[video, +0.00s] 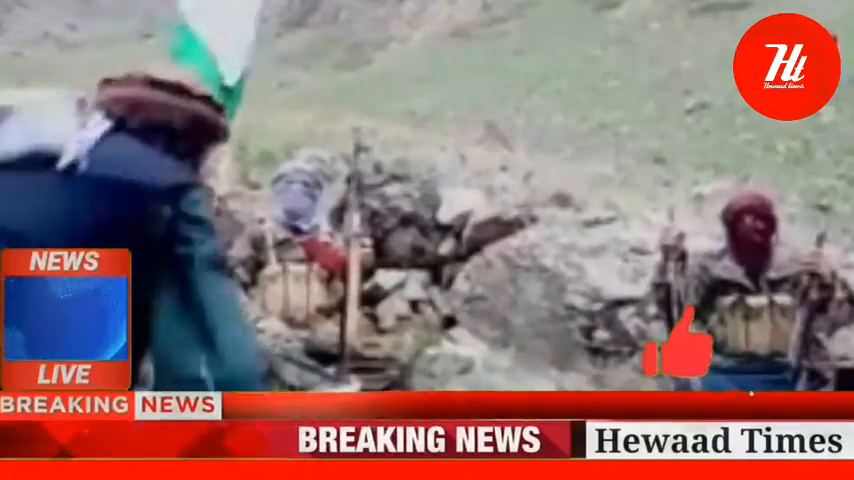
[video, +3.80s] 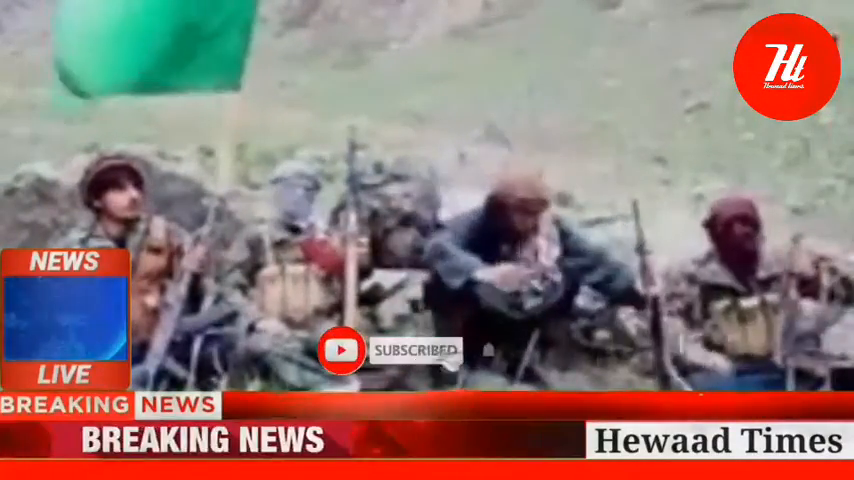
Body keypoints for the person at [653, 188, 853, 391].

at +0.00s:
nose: (758, 225)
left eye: (764, 219)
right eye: (749, 217)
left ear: (773, 228)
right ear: (732, 225)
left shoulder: (795, 270)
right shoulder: (706, 268)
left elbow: (826, 322)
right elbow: (675, 316)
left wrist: (828, 285)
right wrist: (669, 264)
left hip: (782, 372)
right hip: (722, 373)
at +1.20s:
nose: (763, 225)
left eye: (768, 219)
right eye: (754, 217)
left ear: (774, 226)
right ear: (732, 223)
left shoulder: (795, 270)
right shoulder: (703, 269)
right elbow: (679, 316)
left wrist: (828, 291)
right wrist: (668, 266)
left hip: (786, 375)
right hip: (722, 376)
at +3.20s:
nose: (758, 238)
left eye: (766, 228)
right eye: (748, 229)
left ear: (775, 231)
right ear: (733, 233)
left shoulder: (796, 272)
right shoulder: (706, 272)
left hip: (784, 374)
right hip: (723, 375)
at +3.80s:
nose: (746, 232)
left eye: (750, 224)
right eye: (734, 225)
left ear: (759, 229)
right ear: (714, 233)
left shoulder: (783, 272)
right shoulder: (687, 277)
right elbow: (675, 336)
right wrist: (725, 367)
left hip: (782, 368)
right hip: (722, 373)